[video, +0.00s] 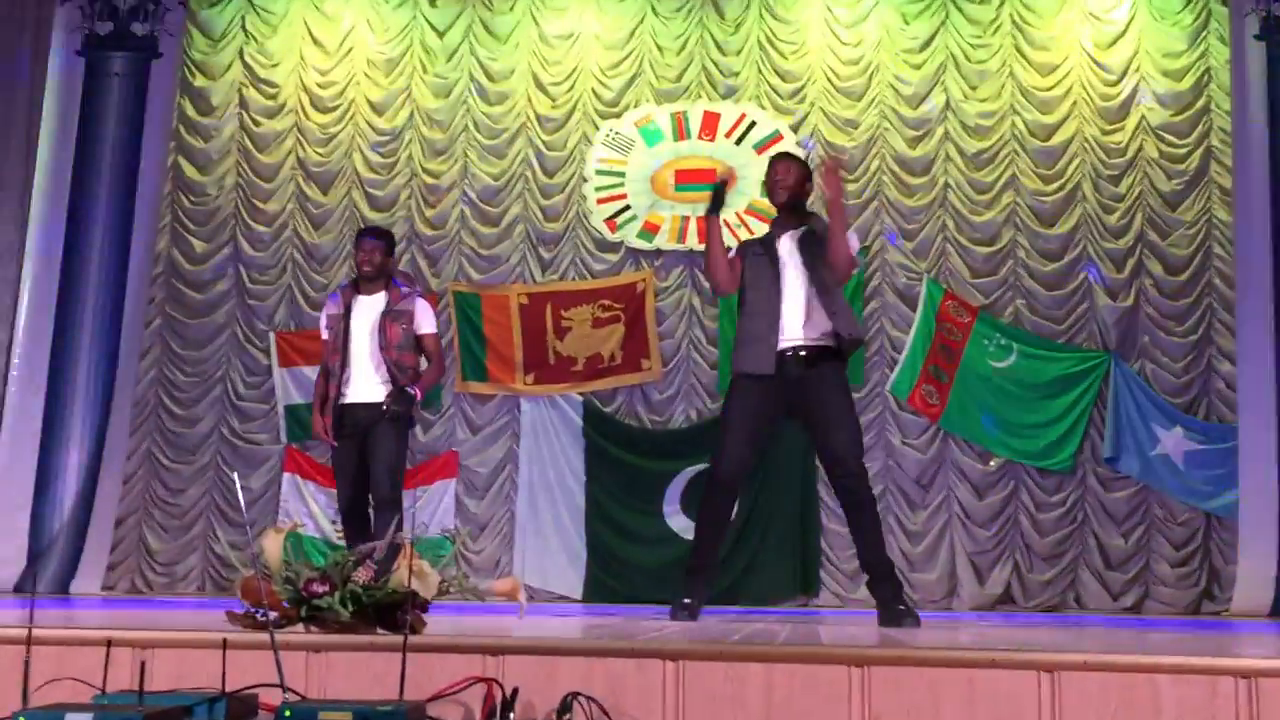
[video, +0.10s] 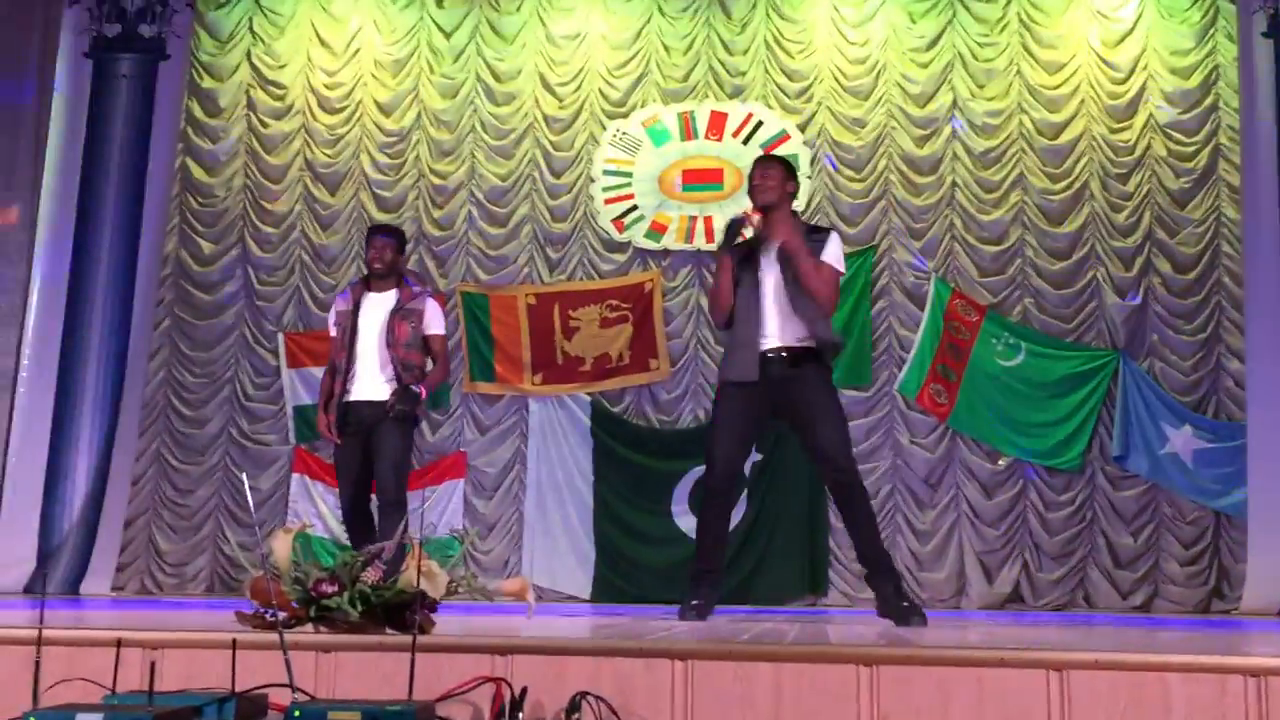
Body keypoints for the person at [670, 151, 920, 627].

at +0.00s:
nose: (782, 180)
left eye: (791, 174)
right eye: (776, 174)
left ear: (807, 185)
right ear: (765, 184)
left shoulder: (827, 235)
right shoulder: (749, 241)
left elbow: (841, 269)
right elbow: (723, 283)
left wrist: (837, 200)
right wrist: (711, 213)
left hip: (821, 371)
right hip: (759, 373)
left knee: (851, 480)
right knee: (725, 478)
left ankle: (890, 598)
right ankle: (693, 592)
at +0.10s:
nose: (759, 186)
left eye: (769, 179)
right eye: (755, 179)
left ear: (790, 187)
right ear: (749, 189)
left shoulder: (822, 239)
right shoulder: (737, 248)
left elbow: (827, 298)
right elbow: (721, 315)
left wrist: (790, 244)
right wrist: (728, 250)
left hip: (805, 372)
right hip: (745, 375)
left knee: (843, 477)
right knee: (719, 478)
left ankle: (889, 593)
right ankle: (701, 592)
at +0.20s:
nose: (742, 165)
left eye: (753, 157)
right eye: (739, 158)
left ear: (778, 167)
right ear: (737, 169)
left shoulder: (819, 223)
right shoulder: (725, 242)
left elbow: (830, 305)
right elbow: (723, 322)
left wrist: (775, 314)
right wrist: (738, 309)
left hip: (805, 369)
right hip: (744, 372)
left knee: (839, 478)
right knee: (725, 487)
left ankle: (868, 604)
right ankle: (710, 615)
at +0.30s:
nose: (713, 167)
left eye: (722, 158)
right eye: (712, 159)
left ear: (753, 164)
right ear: (721, 169)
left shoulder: (798, 219)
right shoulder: (709, 238)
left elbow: (812, 303)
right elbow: (701, 324)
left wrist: (779, 359)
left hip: (786, 367)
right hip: (727, 372)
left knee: (809, 472)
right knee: (712, 487)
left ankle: (814, 595)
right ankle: (701, 613)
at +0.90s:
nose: (767, 217)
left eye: (774, 206)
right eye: (757, 210)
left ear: (790, 204)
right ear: (746, 213)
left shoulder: (831, 246)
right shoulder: (741, 264)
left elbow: (854, 325)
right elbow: (744, 339)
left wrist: (826, 391)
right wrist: (727, 399)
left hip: (821, 389)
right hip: (762, 390)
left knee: (838, 492)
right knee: (736, 485)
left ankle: (807, 593)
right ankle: (748, 607)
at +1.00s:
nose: (788, 230)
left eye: (796, 218)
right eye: (778, 221)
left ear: (810, 215)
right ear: (765, 223)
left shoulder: (848, 257)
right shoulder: (754, 272)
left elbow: (870, 328)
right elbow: (754, 343)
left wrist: (850, 388)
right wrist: (746, 399)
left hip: (834, 399)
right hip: (774, 402)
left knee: (877, 493)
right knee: (752, 503)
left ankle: (865, 599)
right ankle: (754, 620)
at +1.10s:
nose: (807, 235)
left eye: (814, 224)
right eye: (797, 227)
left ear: (828, 219)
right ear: (783, 226)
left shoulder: (864, 257)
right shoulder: (772, 273)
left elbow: (886, 325)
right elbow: (774, 341)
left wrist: (873, 386)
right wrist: (770, 396)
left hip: (860, 399)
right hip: (799, 403)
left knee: (891, 501)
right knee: (775, 503)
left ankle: (896, 619)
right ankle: (771, 622)